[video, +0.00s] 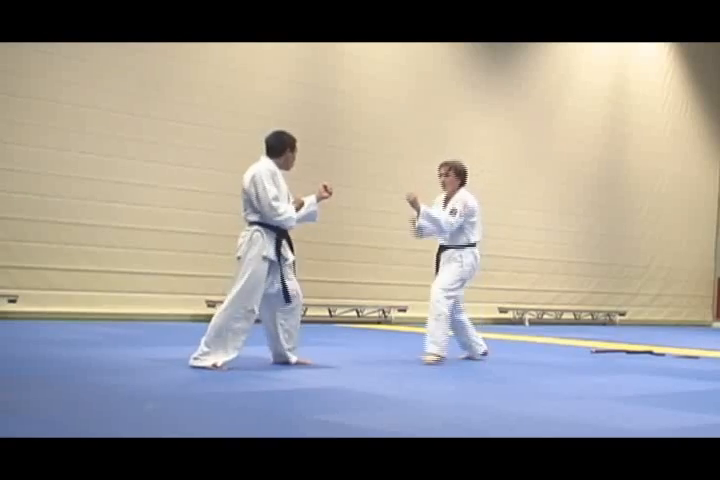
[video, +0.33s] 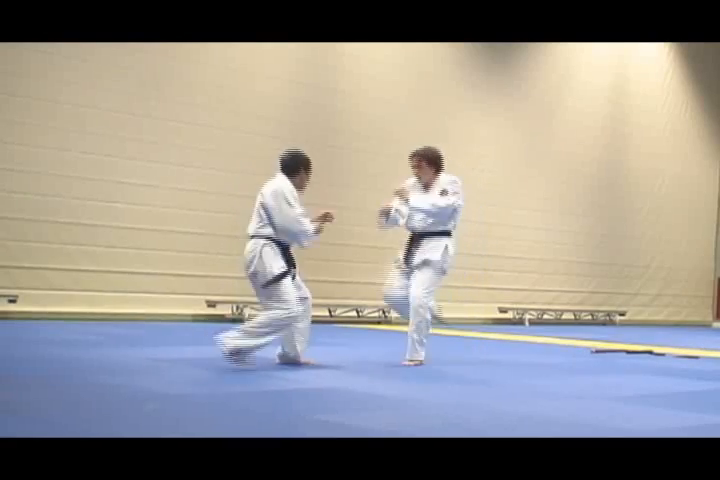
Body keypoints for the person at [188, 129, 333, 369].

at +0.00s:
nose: (295, 158)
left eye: (295, 152)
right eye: (294, 152)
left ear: (277, 152)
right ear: (285, 152)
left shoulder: (276, 175)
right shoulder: (262, 172)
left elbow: (288, 212)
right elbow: (274, 213)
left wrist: (316, 200)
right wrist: (294, 208)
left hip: (276, 241)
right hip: (260, 240)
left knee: (288, 297)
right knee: (242, 299)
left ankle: (285, 354)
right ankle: (206, 355)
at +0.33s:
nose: (308, 179)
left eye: (309, 174)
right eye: (308, 174)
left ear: (291, 171)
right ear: (298, 172)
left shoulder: (285, 189)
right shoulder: (279, 187)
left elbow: (293, 222)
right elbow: (287, 223)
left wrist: (314, 223)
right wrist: (313, 228)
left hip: (275, 251)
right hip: (264, 250)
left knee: (302, 299)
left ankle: (291, 353)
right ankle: (235, 342)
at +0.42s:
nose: (311, 192)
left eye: (312, 188)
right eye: (311, 187)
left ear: (290, 178)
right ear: (305, 183)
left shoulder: (274, 190)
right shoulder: (290, 192)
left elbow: (290, 232)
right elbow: (315, 228)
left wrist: (319, 217)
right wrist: (324, 220)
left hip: (245, 249)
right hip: (258, 251)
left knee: (282, 304)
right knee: (303, 303)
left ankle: (291, 354)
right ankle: (259, 345)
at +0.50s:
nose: (312, 199)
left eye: (312, 195)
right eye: (312, 194)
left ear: (289, 185)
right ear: (307, 190)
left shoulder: (271, 195)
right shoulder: (297, 198)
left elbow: (283, 238)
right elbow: (325, 232)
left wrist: (316, 238)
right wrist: (337, 227)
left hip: (227, 248)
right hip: (251, 247)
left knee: (264, 305)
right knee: (301, 299)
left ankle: (282, 354)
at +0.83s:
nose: (242, 155)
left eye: (241, 149)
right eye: (239, 149)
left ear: (214, 146)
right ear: (229, 149)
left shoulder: (194, 166)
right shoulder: (222, 169)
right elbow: (226, 213)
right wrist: (234, 253)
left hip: (171, 236)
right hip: (199, 239)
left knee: (161, 303)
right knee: (233, 297)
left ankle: (112, 349)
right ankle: (261, 351)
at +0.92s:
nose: (219, 149)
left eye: (219, 143)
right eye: (216, 143)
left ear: (191, 143)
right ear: (204, 144)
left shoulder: (173, 161)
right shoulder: (197, 164)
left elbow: (161, 204)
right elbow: (187, 202)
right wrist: (205, 241)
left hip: (144, 236)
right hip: (170, 238)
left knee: (142, 302)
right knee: (212, 302)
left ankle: (108, 357)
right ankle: (193, 358)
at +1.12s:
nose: (175, 140)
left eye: (175, 134)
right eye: (172, 135)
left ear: (148, 132)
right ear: (161, 134)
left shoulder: (129, 153)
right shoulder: (149, 154)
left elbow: (126, 200)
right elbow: (165, 192)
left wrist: (155, 224)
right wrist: (201, 211)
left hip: (108, 229)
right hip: (119, 230)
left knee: (135, 295)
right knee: (101, 300)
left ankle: (111, 358)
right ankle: (41, 350)